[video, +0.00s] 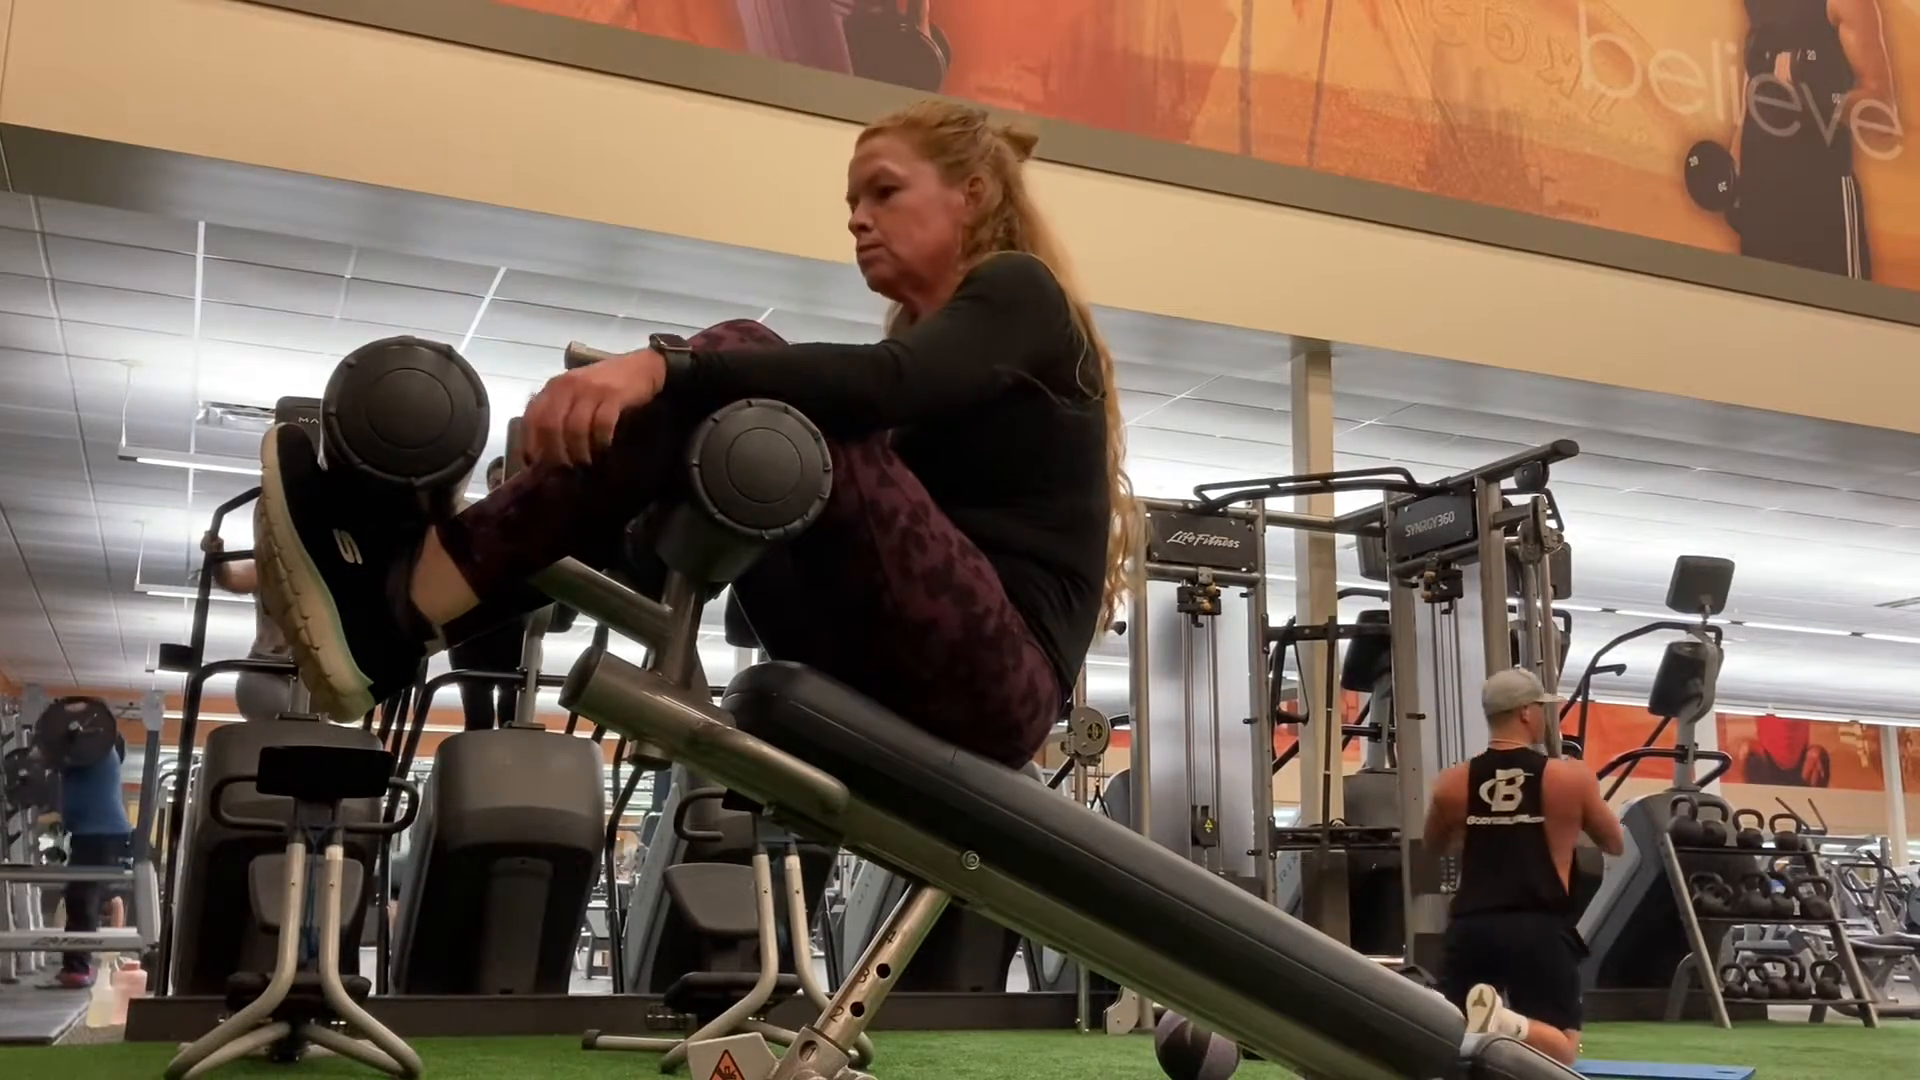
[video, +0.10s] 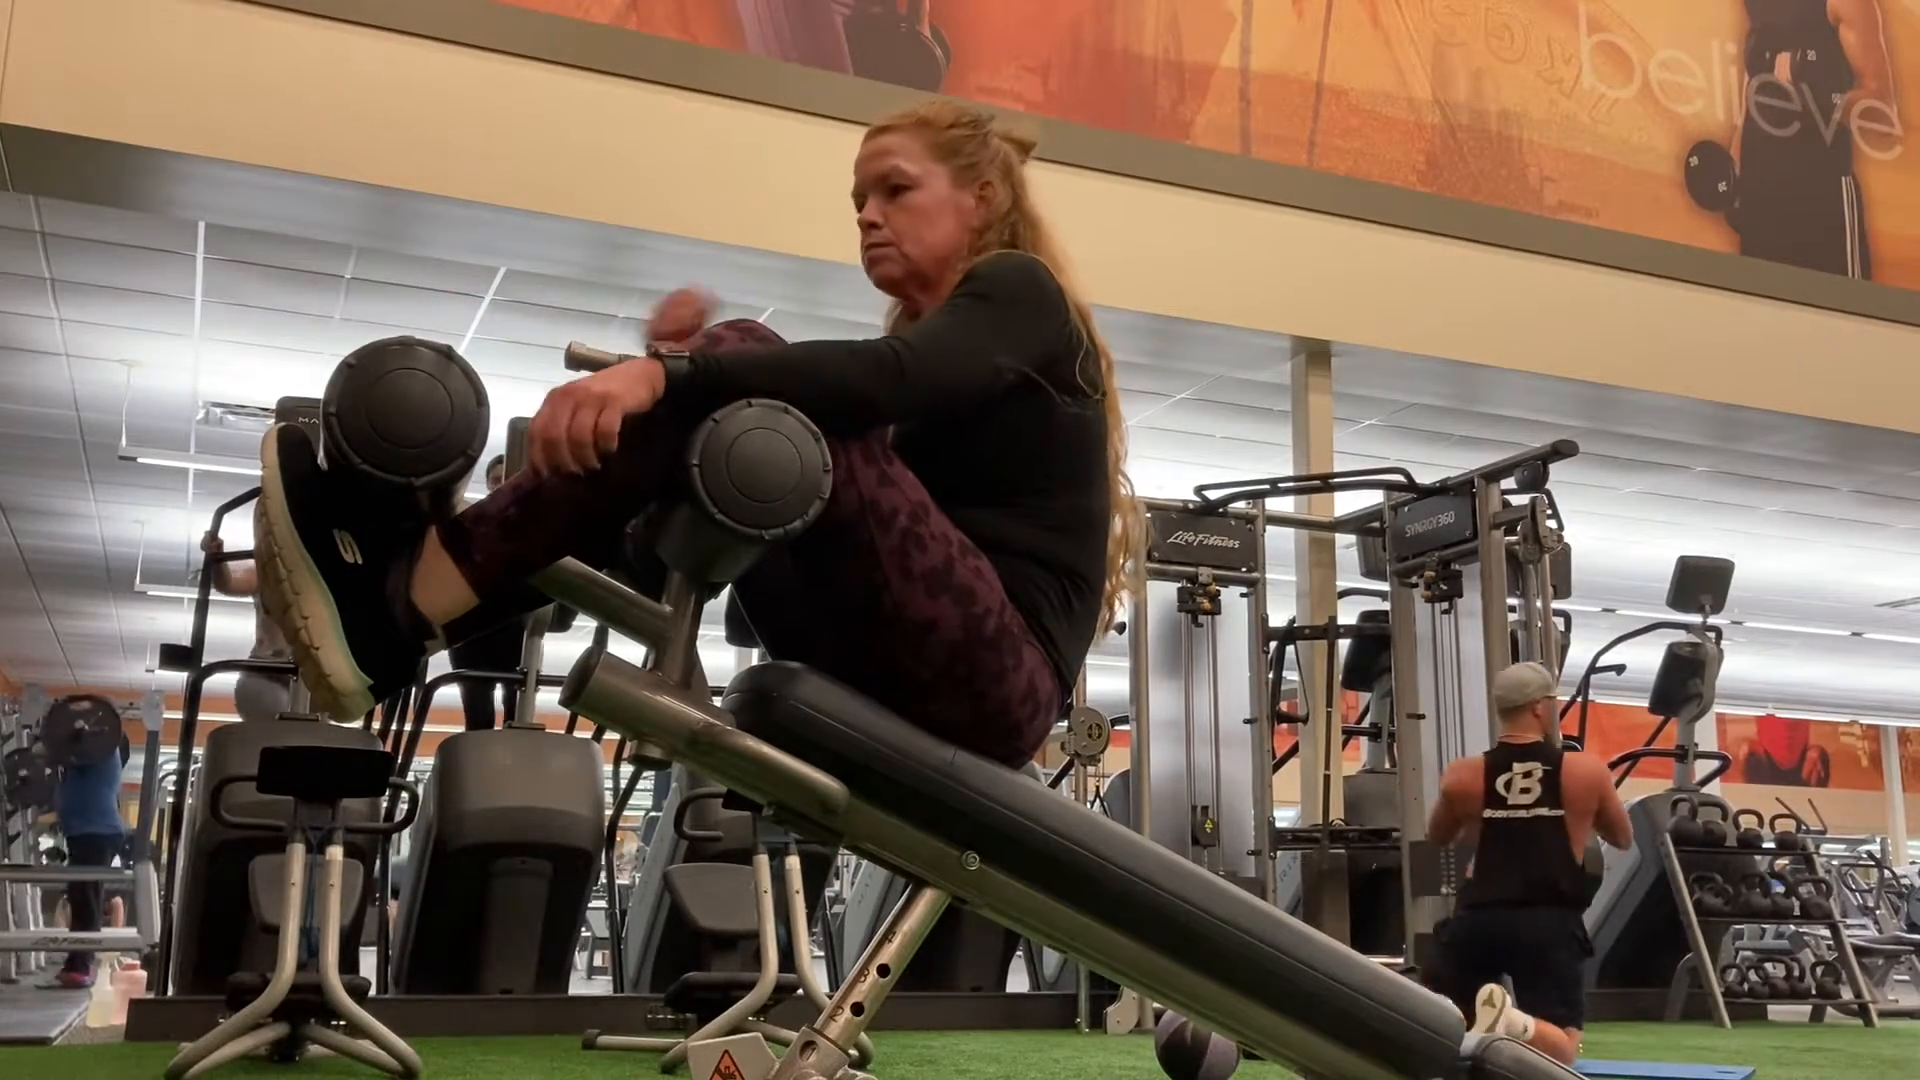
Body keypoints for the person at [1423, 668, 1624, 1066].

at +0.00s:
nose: (1544, 715)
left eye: (1542, 706)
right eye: (1540, 707)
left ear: (1489, 715)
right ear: (1526, 713)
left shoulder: (1454, 781)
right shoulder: (1572, 777)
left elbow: (1433, 846)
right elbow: (1614, 844)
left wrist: (1476, 819)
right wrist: (1579, 808)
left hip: (1470, 930)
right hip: (1540, 933)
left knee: (1464, 1040)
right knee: (1566, 1051)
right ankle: (1503, 1019)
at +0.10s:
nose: (1556, 709)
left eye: (1554, 701)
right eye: (1553, 701)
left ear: (1500, 709)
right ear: (1539, 707)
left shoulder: (1465, 774)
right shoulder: (1587, 771)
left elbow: (1439, 835)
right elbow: (1622, 838)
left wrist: (1485, 805)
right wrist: (1586, 800)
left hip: (1478, 923)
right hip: (1550, 925)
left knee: (1453, 1029)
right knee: (1565, 1050)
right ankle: (1509, 1019)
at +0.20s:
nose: (1563, 704)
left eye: (1560, 697)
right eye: (1560, 697)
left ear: (1509, 707)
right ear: (1550, 705)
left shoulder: (1477, 769)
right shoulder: (1599, 768)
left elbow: (1441, 832)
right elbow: (1628, 834)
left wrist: (1478, 799)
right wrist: (1586, 801)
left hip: (1487, 906)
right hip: (1558, 916)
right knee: (1566, 1047)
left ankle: (1437, 995)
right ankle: (1511, 1019)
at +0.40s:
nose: (1576, 705)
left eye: (1576, 697)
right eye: (1574, 698)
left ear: (1520, 702)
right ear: (1564, 703)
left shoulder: (1484, 761)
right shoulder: (1608, 768)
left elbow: (1446, 816)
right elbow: (1629, 834)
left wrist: (1482, 783)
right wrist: (1592, 795)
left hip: (1487, 896)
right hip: (1557, 912)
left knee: (1396, 901)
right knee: (1566, 1047)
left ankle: (1443, 998)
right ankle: (1511, 1017)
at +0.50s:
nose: (1578, 705)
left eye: (1577, 698)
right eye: (1575, 698)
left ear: (1522, 702)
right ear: (1565, 703)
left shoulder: (1484, 758)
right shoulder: (1608, 767)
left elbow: (1442, 810)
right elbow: (1625, 835)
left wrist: (1482, 783)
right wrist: (1591, 793)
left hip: (1488, 897)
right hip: (1556, 912)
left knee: (1410, 895)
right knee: (1566, 1049)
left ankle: (1455, 1009)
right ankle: (1520, 1015)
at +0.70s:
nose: (1564, 707)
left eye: (1563, 701)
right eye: (1561, 701)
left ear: (1510, 706)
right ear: (1547, 705)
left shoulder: (1473, 756)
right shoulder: (1591, 763)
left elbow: (1443, 803)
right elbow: (1619, 823)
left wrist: (1487, 793)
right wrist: (1592, 785)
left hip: (1481, 902)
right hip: (1550, 911)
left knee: (1464, 927)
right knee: (1565, 1048)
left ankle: (1492, 1029)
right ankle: (1526, 1018)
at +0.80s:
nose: (1556, 700)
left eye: (1554, 692)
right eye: (1551, 692)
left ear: (1501, 702)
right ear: (1532, 698)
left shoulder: (1464, 752)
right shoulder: (1581, 752)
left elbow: (1442, 806)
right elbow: (1617, 816)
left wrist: (1486, 789)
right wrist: (1580, 783)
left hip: (1479, 890)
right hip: (1547, 896)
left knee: (1476, 928)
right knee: (1557, 1034)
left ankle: (1497, 1025)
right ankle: (1523, 1018)